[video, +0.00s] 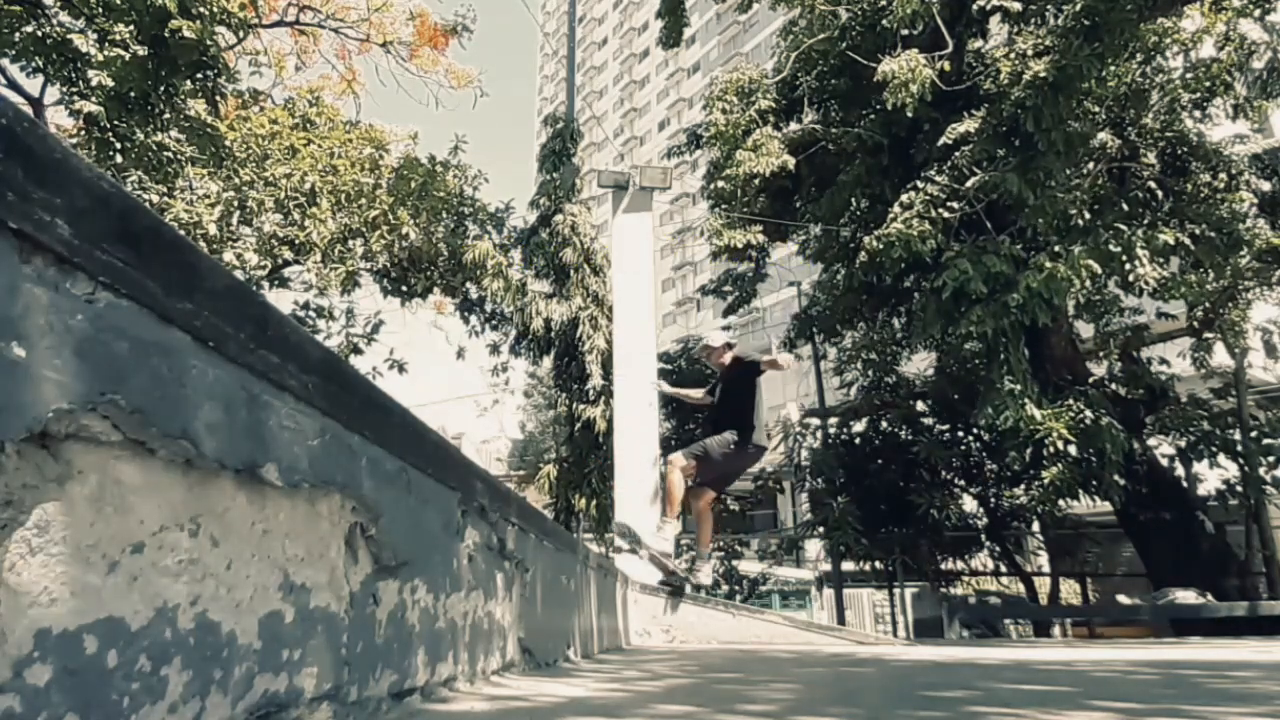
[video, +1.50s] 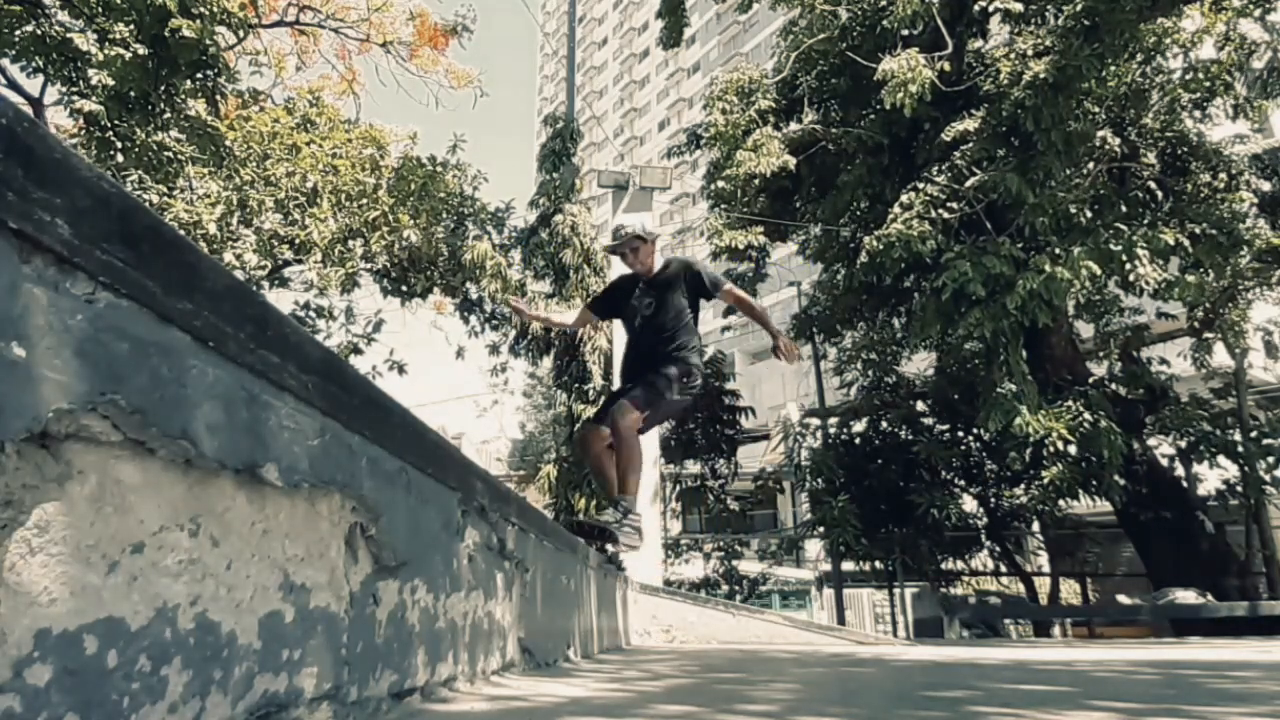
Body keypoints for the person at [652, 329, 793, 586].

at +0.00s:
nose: (710, 357)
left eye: (712, 351)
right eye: (707, 354)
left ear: (726, 349)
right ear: (710, 357)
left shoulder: (741, 364)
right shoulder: (723, 380)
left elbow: (766, 364)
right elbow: (704, 397)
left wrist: (780, 362)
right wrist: (671, 390)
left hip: (741, 438)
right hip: (748, 444)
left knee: (676, 463)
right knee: (700, 498)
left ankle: (666, 534)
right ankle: (702, 567)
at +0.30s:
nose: (676, 332)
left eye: (680, 325)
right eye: (674, 327)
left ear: (695, 321)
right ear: (683, 327)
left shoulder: (713, 330)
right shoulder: (696, 347)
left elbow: (744, 333)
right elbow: (744, 344)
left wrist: (780, 337)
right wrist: (773, 343)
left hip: (712, 416)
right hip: (706, 418)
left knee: (659, 457)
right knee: (670, 476)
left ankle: (652, 534)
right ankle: (672, 545)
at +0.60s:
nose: (648, 311)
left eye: (650, 303)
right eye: (645, 307)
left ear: (667, 298)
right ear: (651, 308)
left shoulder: (684, 313)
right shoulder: (669, 329)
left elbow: (718, 349)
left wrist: (751, 385)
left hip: (683, 402)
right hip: (672, 403)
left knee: (630, 453)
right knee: (640, 466)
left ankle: (639, 532)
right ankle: (649, 539)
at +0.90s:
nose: (636, 294)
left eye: (639, 285)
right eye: (633, 289)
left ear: (656, 278)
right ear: (636, 290)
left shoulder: (677, 300)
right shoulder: (657, 313)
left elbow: (707, 345)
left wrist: (715, 393)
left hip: (671, 390)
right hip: (657, 392)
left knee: (614, 444)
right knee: (624, 464)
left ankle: (631, 526)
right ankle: (636, 537)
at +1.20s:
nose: (629, 273)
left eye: (633, 263)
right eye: (623, 268)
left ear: (650, 257)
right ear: (620, 271)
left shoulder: (674, 281)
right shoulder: (633, 300)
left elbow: (716, 324)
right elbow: (609, 345)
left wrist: (737, 367)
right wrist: (561, 354)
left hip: (671, 376)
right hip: (645, 386)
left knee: (608, 428)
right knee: (599, 453)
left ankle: (626, 517)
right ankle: (630, 527)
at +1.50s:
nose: (630, 259)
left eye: (634, 250)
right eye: (624, 255)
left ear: (652, 244)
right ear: (621, 257)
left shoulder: (685, 270)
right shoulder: (622, 289)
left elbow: (738, 299)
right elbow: (577, 322)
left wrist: (776, 335)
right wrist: (533, 316)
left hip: (680, 372)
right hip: (638, 380)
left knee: (624, 418)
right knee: (590, 437)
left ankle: (630, 518)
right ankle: (618, 518)